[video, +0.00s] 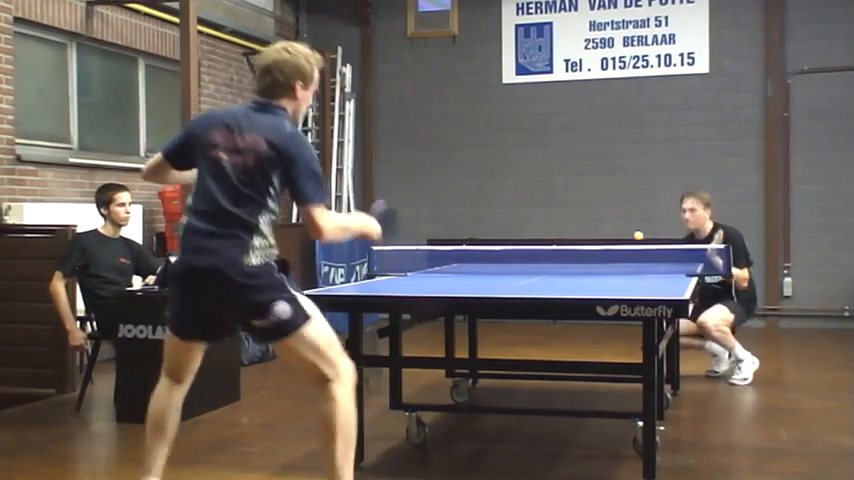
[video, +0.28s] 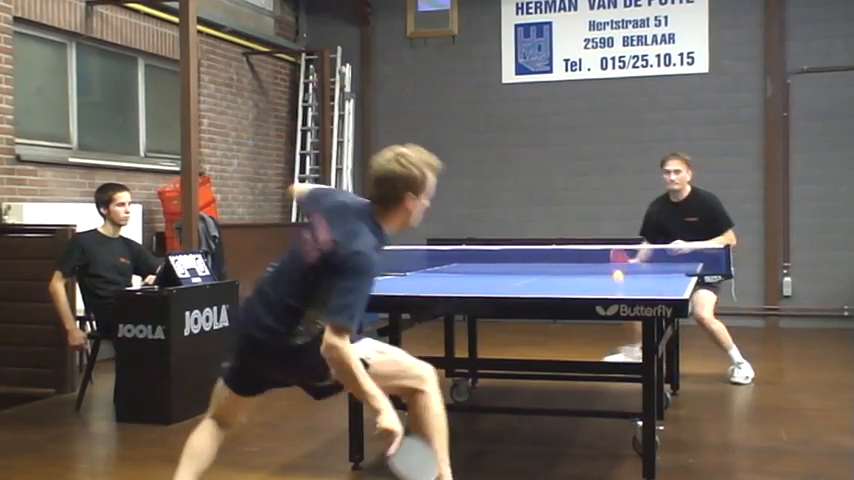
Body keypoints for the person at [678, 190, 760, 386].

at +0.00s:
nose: (686, 216)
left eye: (691, 210)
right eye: (683, 211)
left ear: (707, 212)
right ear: (681, 214)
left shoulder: (729, 236)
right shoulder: (687, 243)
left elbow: (744, 280)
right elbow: (682, 276)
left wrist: (722, 267)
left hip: (737, 296)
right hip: (706, 299)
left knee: (706, 322)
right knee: (670, 332)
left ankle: (746, 359)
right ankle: (719, 350)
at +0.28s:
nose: (671, 177)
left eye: (677, 172)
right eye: (667, 172)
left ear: (689, 174)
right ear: (662, 176)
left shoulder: (707, 202)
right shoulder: (657, 207)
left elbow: (730, 238)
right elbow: (648, 243)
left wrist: (692, 246)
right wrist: (638, 260)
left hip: (703, 272)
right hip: (666, 274)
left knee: (702, 313)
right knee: (631, 296)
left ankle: (739, 363)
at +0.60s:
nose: (639, 161)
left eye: (644, 155)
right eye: (634, 157)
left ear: (655, 156)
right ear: (629, 161)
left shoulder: (674, 184)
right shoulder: (625, 190)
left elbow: (699, 218)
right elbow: (618, 226)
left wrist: (676, 235)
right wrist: (615, 247)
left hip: (672, 264)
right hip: (635, 265)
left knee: (691, 307)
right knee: (608, 301)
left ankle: (719, 358)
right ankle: (623, 350)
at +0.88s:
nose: (576, 183)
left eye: (581, 178)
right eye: (574, 180)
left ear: (598, 178)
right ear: (575, 184)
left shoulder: (620, 197)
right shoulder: (577, 213)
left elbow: (661, 214)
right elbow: (539, 224)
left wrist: (627, 223)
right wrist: (500, 221)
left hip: (645, 271)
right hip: (604, 274)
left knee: (678, 315)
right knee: (565, 303)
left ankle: (726, 361)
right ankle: (541, 352)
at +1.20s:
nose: (534, 179)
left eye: (538, 173)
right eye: (529, 175)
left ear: (549, 175)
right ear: (524, 179)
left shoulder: (568, 192)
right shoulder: (523, 207)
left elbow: (607, 199)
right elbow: (492, 234)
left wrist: (606, 194)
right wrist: (457, 249)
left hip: (582, 263)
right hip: (545, 266)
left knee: (594, 301)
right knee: (512, 293)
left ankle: (630, 344)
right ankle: (507, 345)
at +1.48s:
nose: (561, 171)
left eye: (566, 166)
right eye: (556, 166)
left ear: (576, 168)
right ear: (550, 170)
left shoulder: (591, 190)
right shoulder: (545, 197)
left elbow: (623, 208)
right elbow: (530, 229)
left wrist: (620, 235)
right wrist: (520, 250)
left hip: (588, 263)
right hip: (550, 264)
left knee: (612, 299)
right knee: (520, 300)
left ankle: (615, 349)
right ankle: (493, 351)